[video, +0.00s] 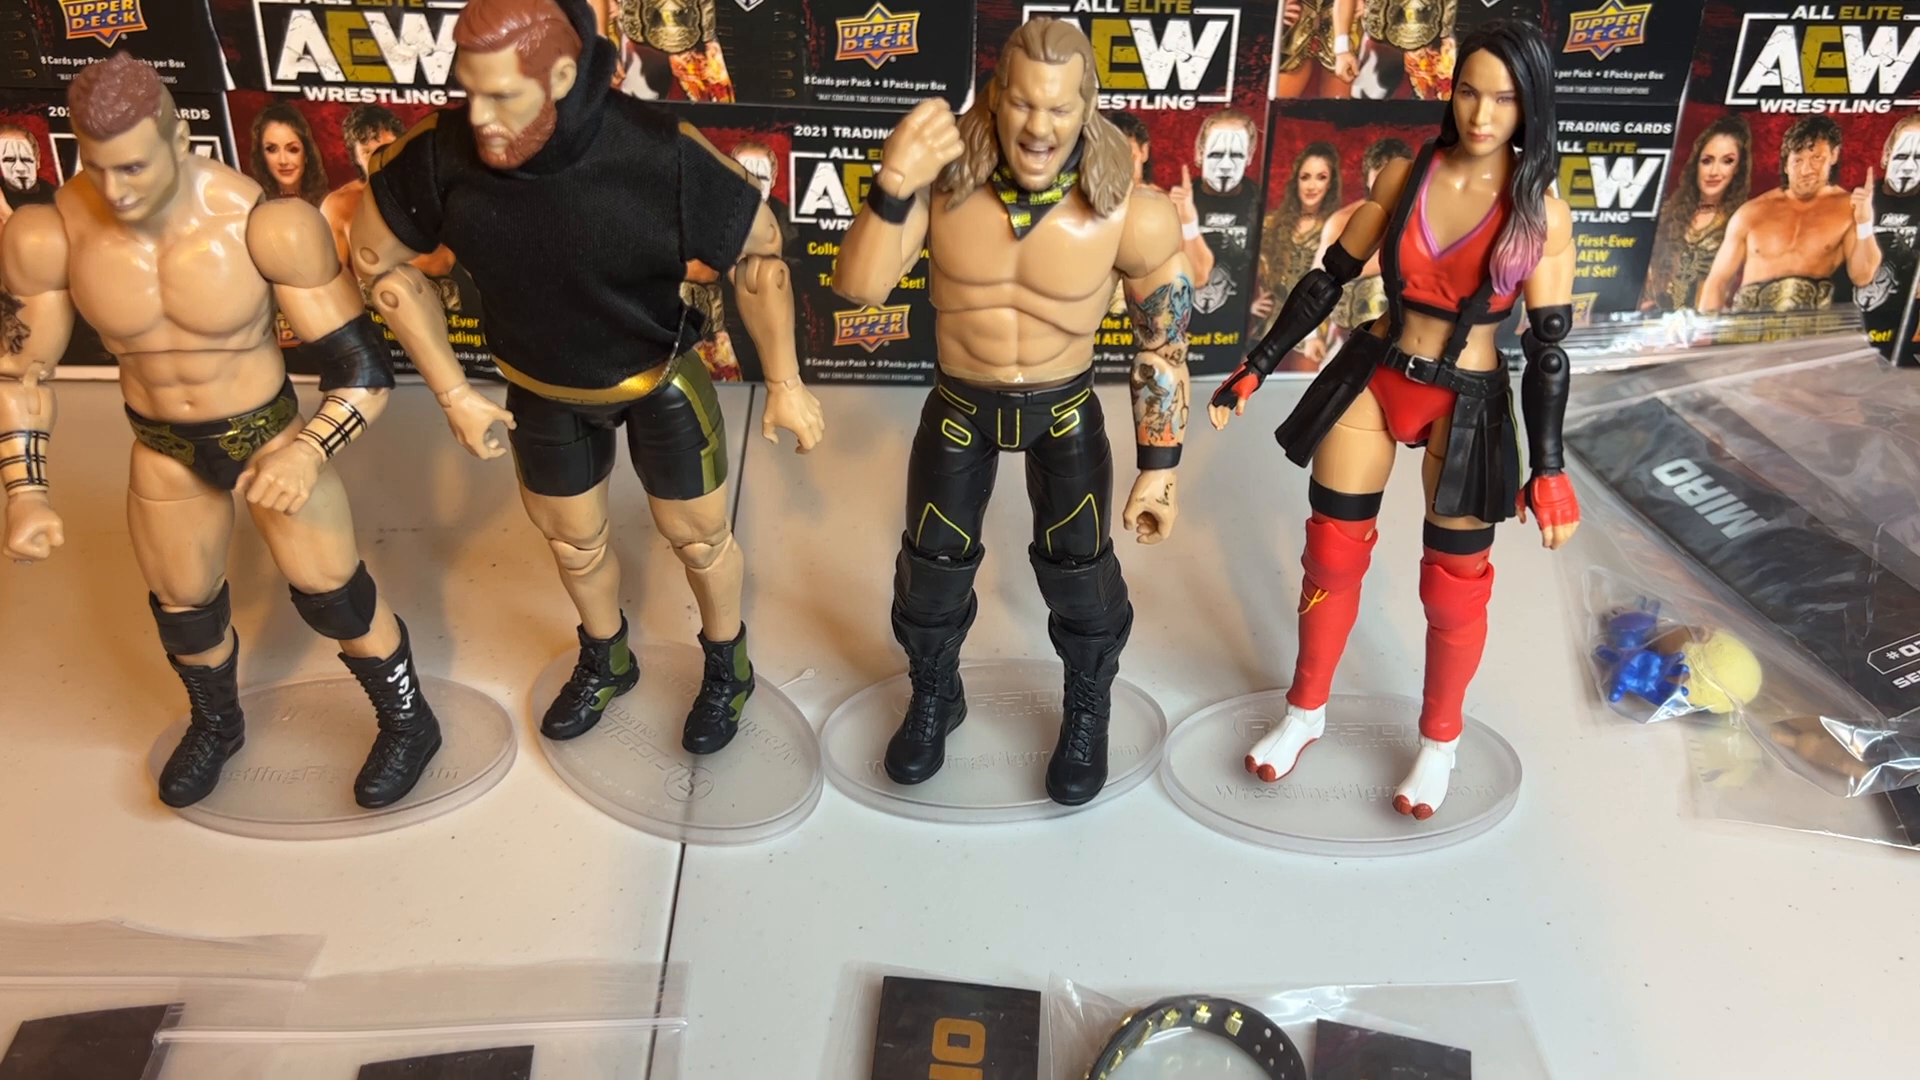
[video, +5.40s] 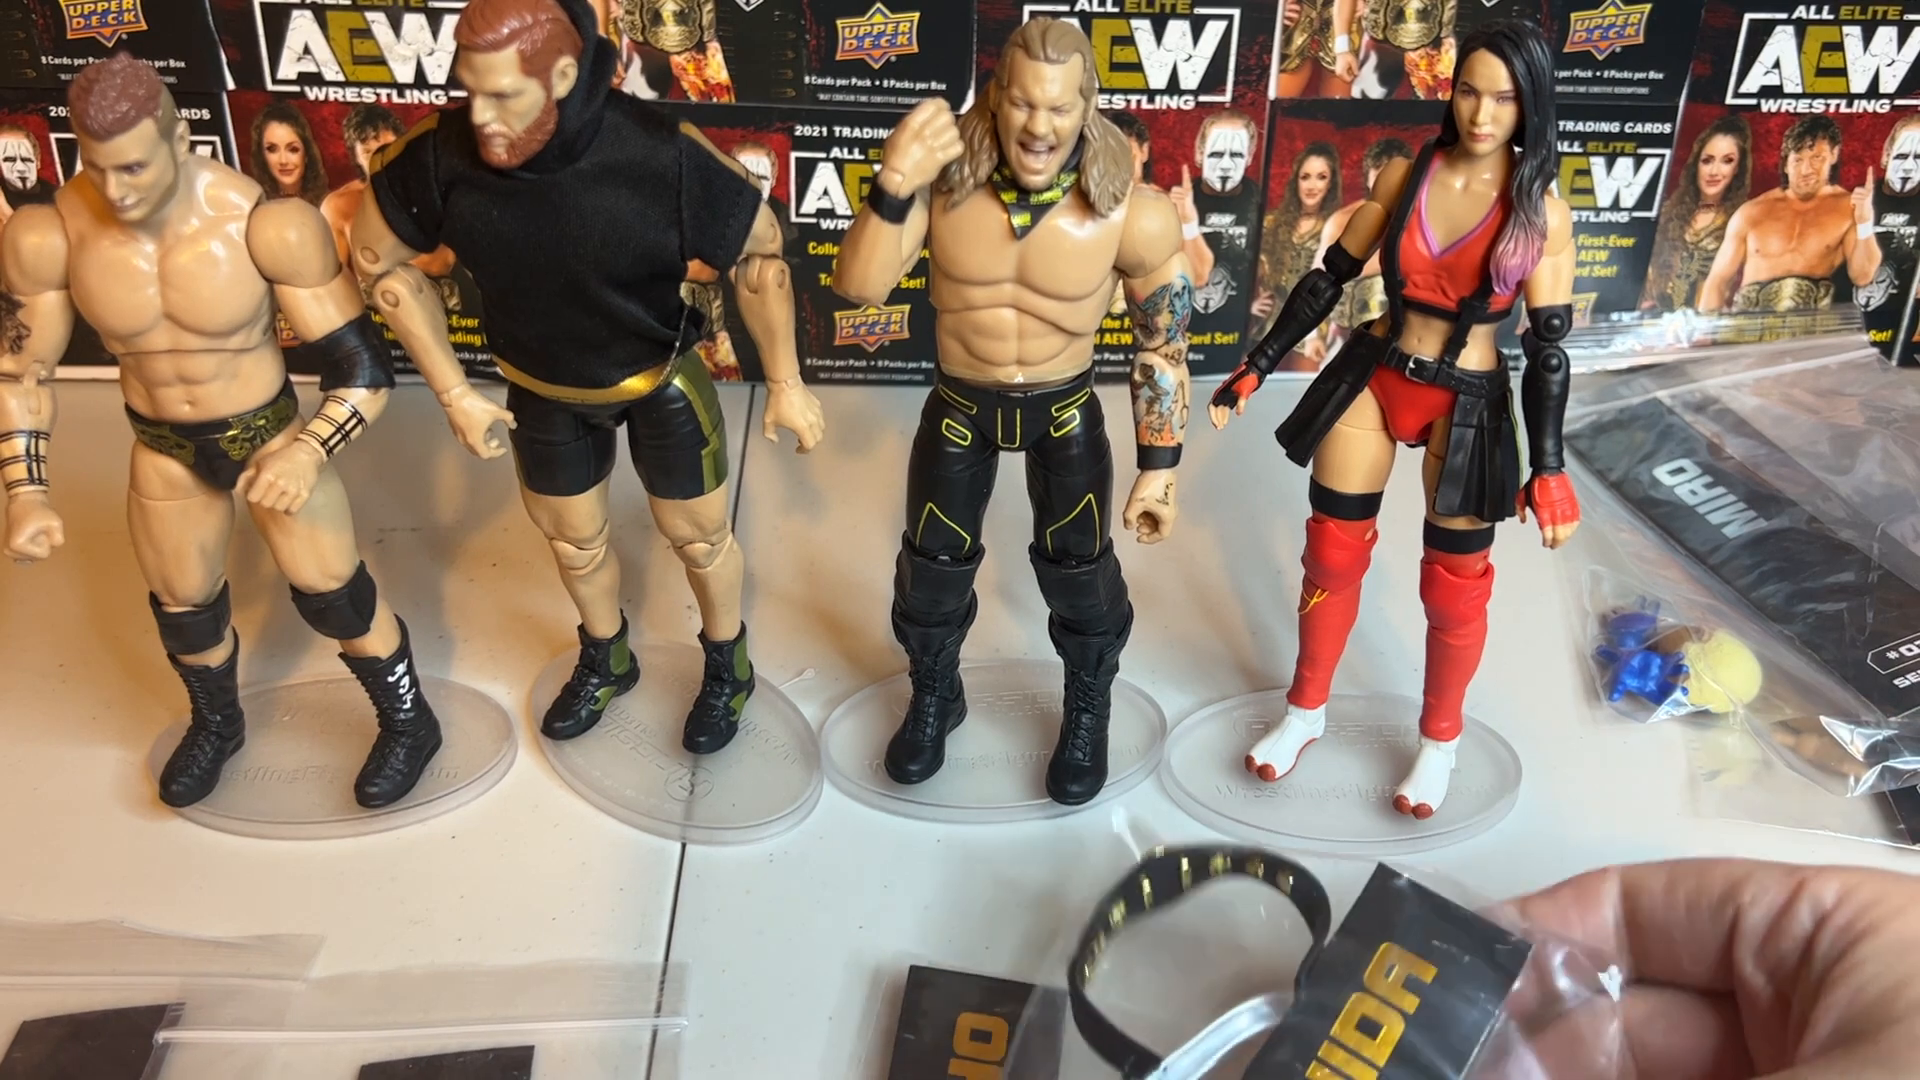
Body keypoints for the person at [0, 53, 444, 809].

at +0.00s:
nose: (117, 188)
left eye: (134, 167)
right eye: (100, 169)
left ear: (178, 138)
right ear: (81, 151)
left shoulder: (268, 225)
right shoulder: (54, 232)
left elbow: (362, 370)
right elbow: (23, 372)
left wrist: (312, 446)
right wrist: (22, 486)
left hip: (269, 440)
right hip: (161, 451)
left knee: (335, 598)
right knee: (186, 616)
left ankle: (408, 722)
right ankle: (216, 723)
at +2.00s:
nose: (118, 188)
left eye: (134, 167)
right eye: (100, 169)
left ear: (178, 138)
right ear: (80, 151)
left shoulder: (268, 225)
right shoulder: (53, 232)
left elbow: (362, 370)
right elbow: (23, 372)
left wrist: (312, 446)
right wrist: (22, 487)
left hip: (269, 440)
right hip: (161, 451)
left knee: (336, 599)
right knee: (186, 617)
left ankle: (408, 722)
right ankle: (216, 723)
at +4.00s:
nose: (118, 188)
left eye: (135, 167)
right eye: (101, 169)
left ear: (178, 138)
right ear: (80, 151)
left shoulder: (268, 225)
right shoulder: (52, 234)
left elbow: (362, 370)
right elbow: (22, 372)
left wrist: (311, 447)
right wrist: (22, 487)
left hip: (270, 441)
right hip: (161, 453)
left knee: (336, 598)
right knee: (186, 616)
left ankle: (408, 721)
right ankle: (216, 724)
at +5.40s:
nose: (118, 188)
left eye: (135, 168)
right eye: (101, 170)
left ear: (178, 138)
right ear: (81, 151)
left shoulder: (268, 225)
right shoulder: (53, 233)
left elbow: (363, 370)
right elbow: (23, 372)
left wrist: (311, 447)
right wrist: (22, 487)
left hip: (269, 441)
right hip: (161, 452)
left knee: (336, 598)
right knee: (186, 615)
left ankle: (408, 721)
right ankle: (217, 723)